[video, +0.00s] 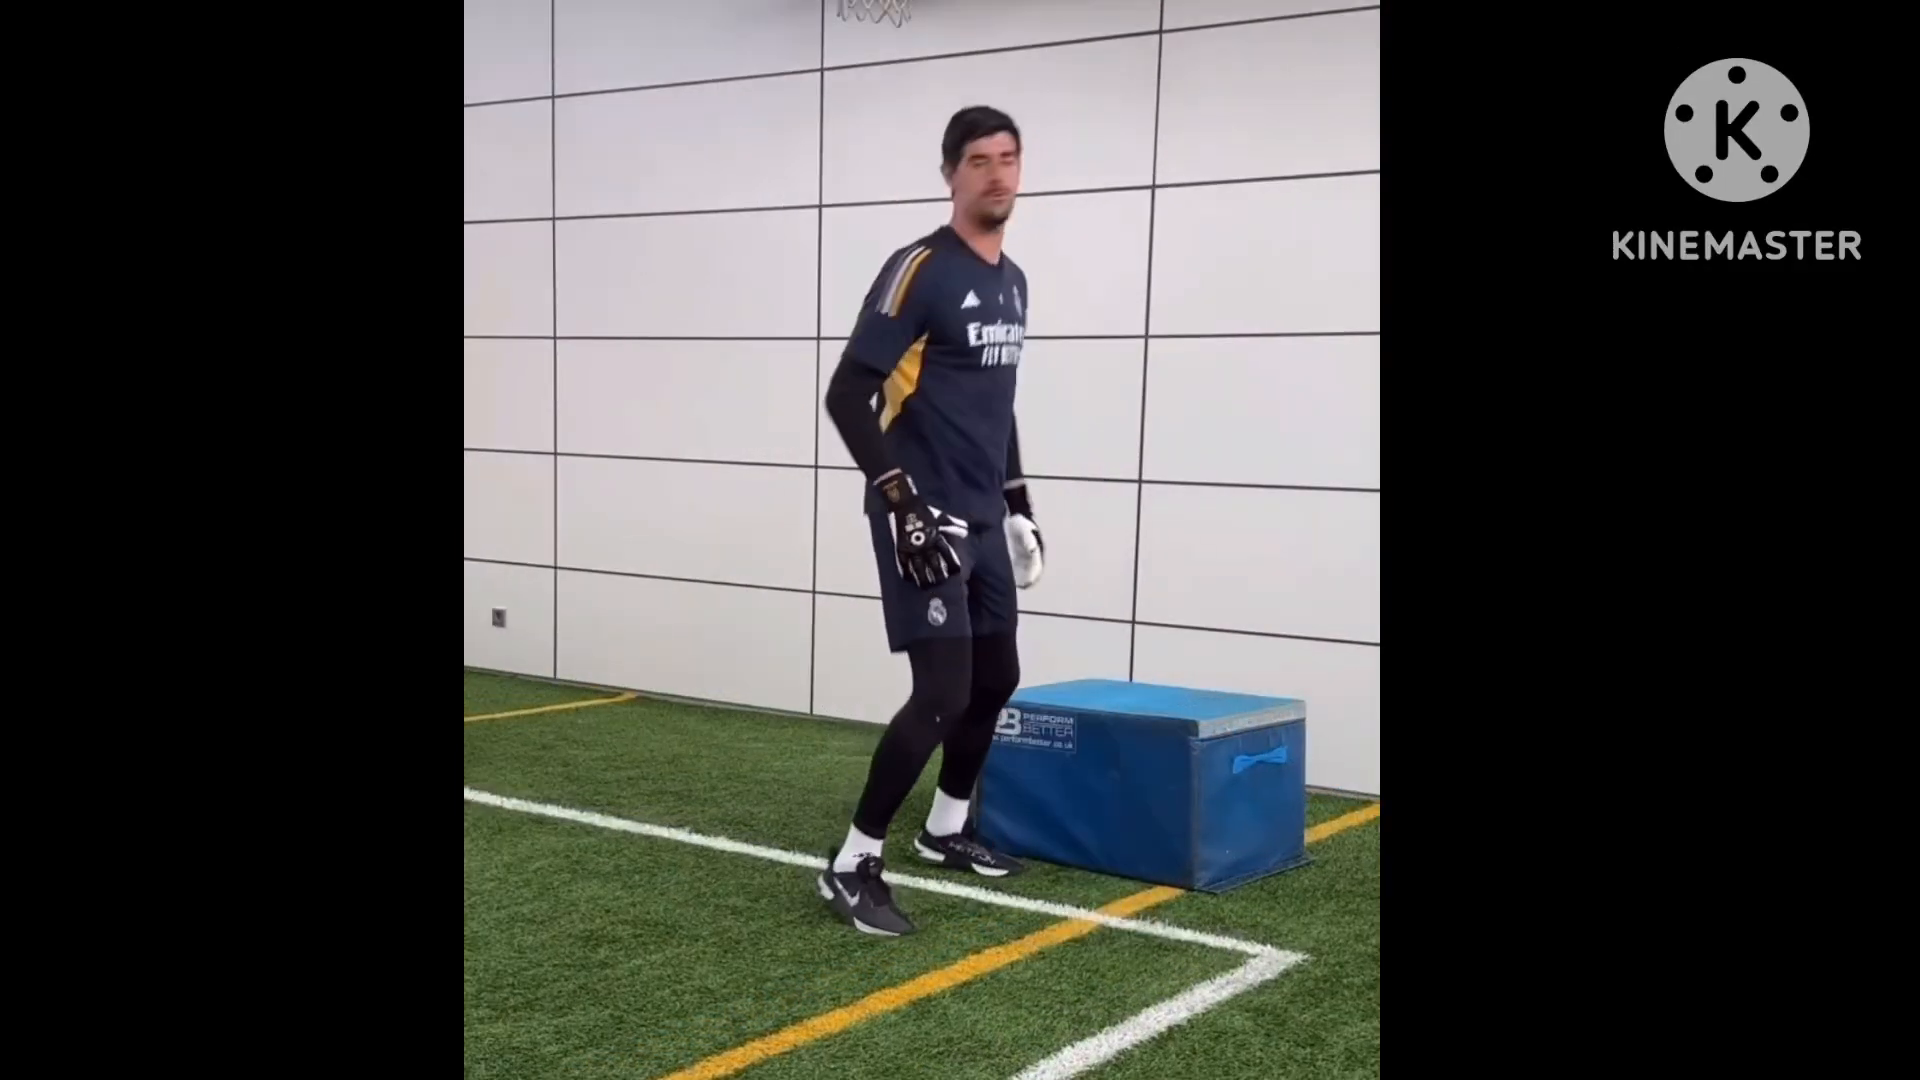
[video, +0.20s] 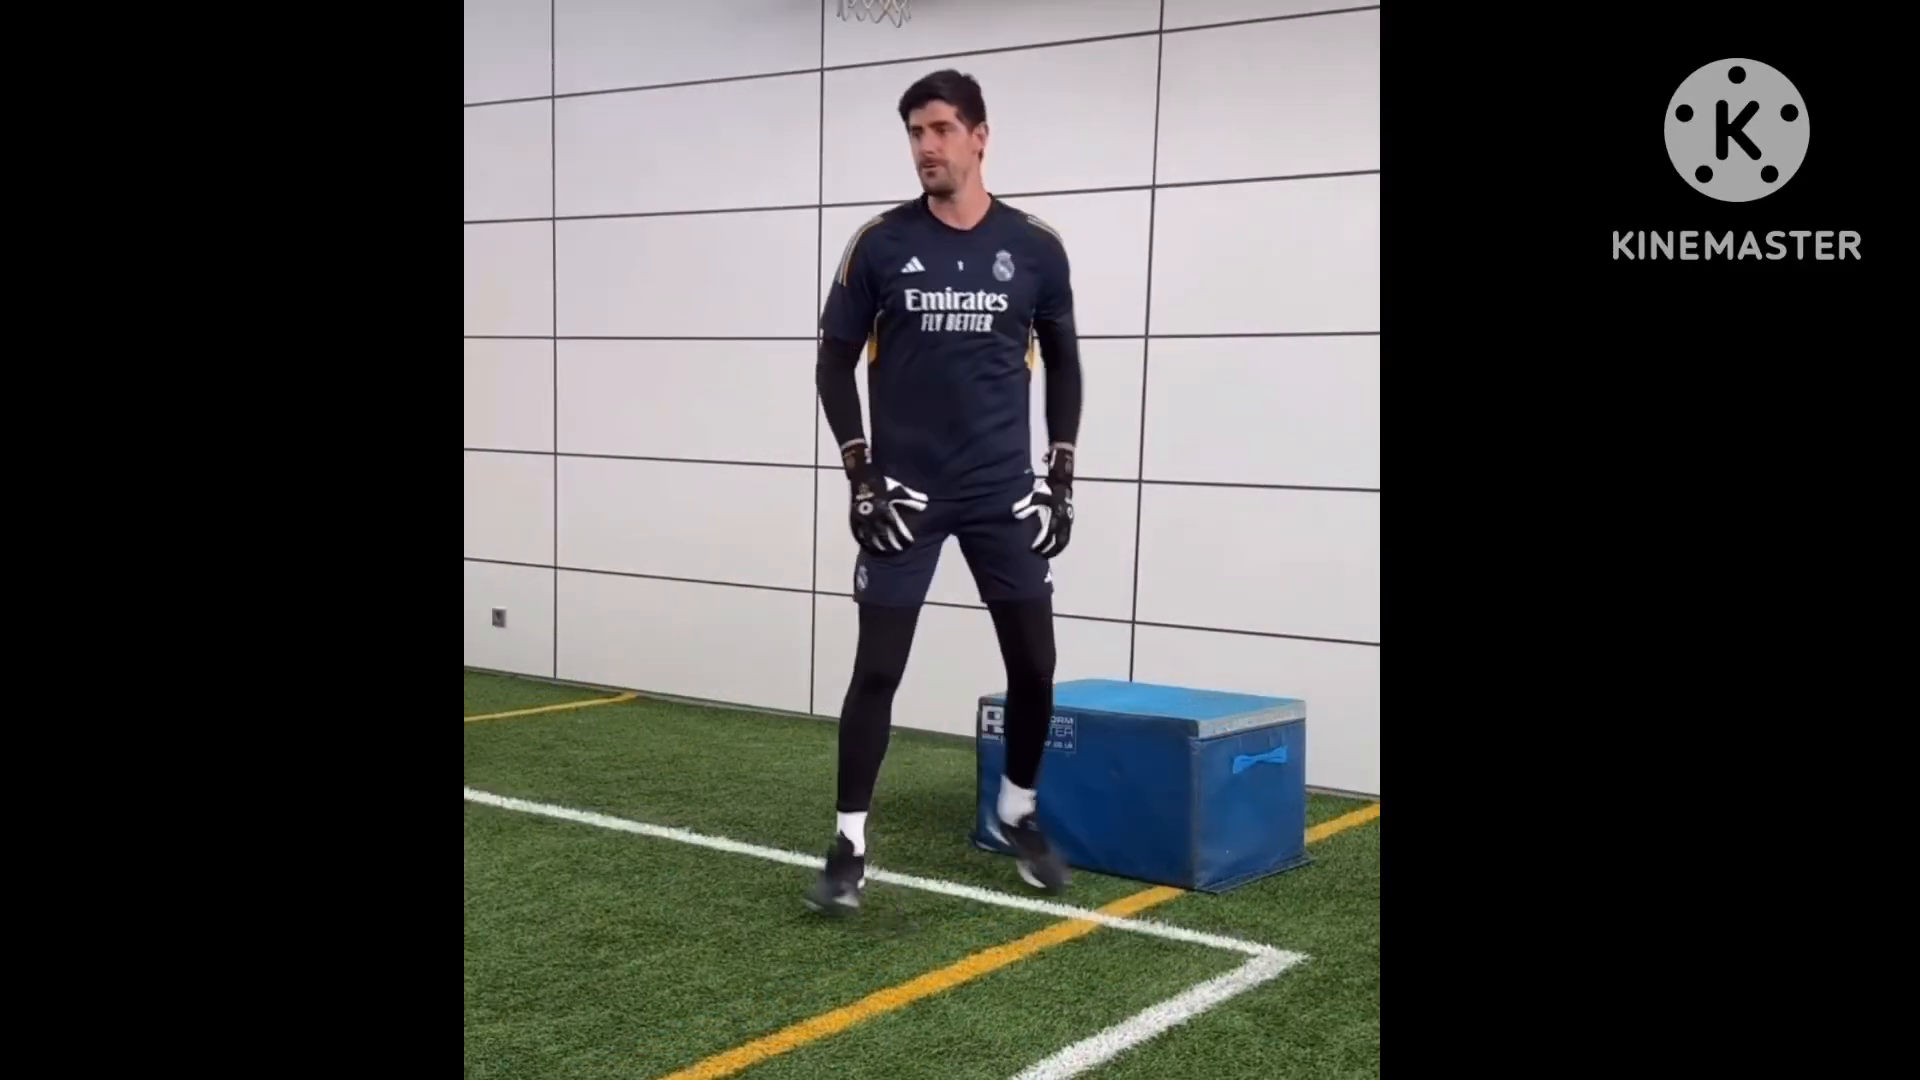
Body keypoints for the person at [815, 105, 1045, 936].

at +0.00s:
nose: (997, 174)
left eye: (1008, 160)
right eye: (979, 162)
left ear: (1022, 172)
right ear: (950, 176)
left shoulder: (1011, 282)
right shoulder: (918, 269)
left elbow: (995, 404)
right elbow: (848, 396)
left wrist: (1016, 505)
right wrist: (907, 504)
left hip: (984, 515)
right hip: (922, 514)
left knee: (995, 679)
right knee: (942, 692)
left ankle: (948, 830)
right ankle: (853, 863)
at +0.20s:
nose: (927, 146)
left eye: (942, 130)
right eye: (917, 132)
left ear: (980, 136)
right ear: (909, 144)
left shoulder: (1037, 250)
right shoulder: (881, 245)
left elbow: (1062, 361)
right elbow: (834, 365)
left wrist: (1059, 472)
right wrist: (859, 470)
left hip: (1003, 489)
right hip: (903, 489)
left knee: (1034, 663)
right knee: (876, 670)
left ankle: (1018, 815)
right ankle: (848, 846)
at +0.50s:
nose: (900, 197)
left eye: (915, 181)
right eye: (892, 183)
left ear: (955, 187)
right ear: (888, 194)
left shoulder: (1010, 293)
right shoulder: (885, 301)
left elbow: (1082, 416)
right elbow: (875, 410)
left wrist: (1046, 528)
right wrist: (848, 511)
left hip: (999, 538)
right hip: (911, 539)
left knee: (1040, 703)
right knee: (848, 689)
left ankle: (1105, 867)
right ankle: (853, 838)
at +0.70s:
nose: (923, 191)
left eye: (937, 175)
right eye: (913, 178)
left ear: (973, 179)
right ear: (906, 189)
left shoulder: (1014, 267)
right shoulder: (891, 277)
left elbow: (1053, 357)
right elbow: (813, 355)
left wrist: (968, 333)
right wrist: (802, 335)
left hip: (1000, 518)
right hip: (915, 518)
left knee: (1041, 704)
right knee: (853, 680)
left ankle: (1102, 863)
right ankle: (855, 839)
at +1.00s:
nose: (841, 182)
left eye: (843, 169)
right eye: (846, 169)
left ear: (861, 172)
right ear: (914, 176)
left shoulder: (844, 250)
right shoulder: (956, 264)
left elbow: (834, 369)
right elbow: (995, 395)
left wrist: (796, 462)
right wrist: (937, 451)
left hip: (868, 486)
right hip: (942, 492)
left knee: (812, 657)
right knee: (914, 649)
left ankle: (831, 847)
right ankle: (960, 822)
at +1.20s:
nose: (837, 213)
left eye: (847, 201)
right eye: (840, 201)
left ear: (882, 209)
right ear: (899, 213)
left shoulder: (873, 284)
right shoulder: (944, 294)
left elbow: (876, 406)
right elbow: (961, 421)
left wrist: (828, 500)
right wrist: (876, 492)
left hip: (895, 514)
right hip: (955, 519)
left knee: (811, 688)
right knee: (912, 674)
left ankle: (816, 884)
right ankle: (974, 848)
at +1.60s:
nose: (883, 230)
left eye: (898, 215)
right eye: (877, 217)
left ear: (937, 224)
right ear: (873, 229)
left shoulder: (987, 316)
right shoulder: (876, 333)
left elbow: (1062, 435)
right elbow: (883, 441)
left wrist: (1043, 547)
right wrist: (871, 539)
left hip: (991, 549)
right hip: (908, 554)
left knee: (1037, 715)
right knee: (847, 704)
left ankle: (1133, 884)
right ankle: (900, 852)